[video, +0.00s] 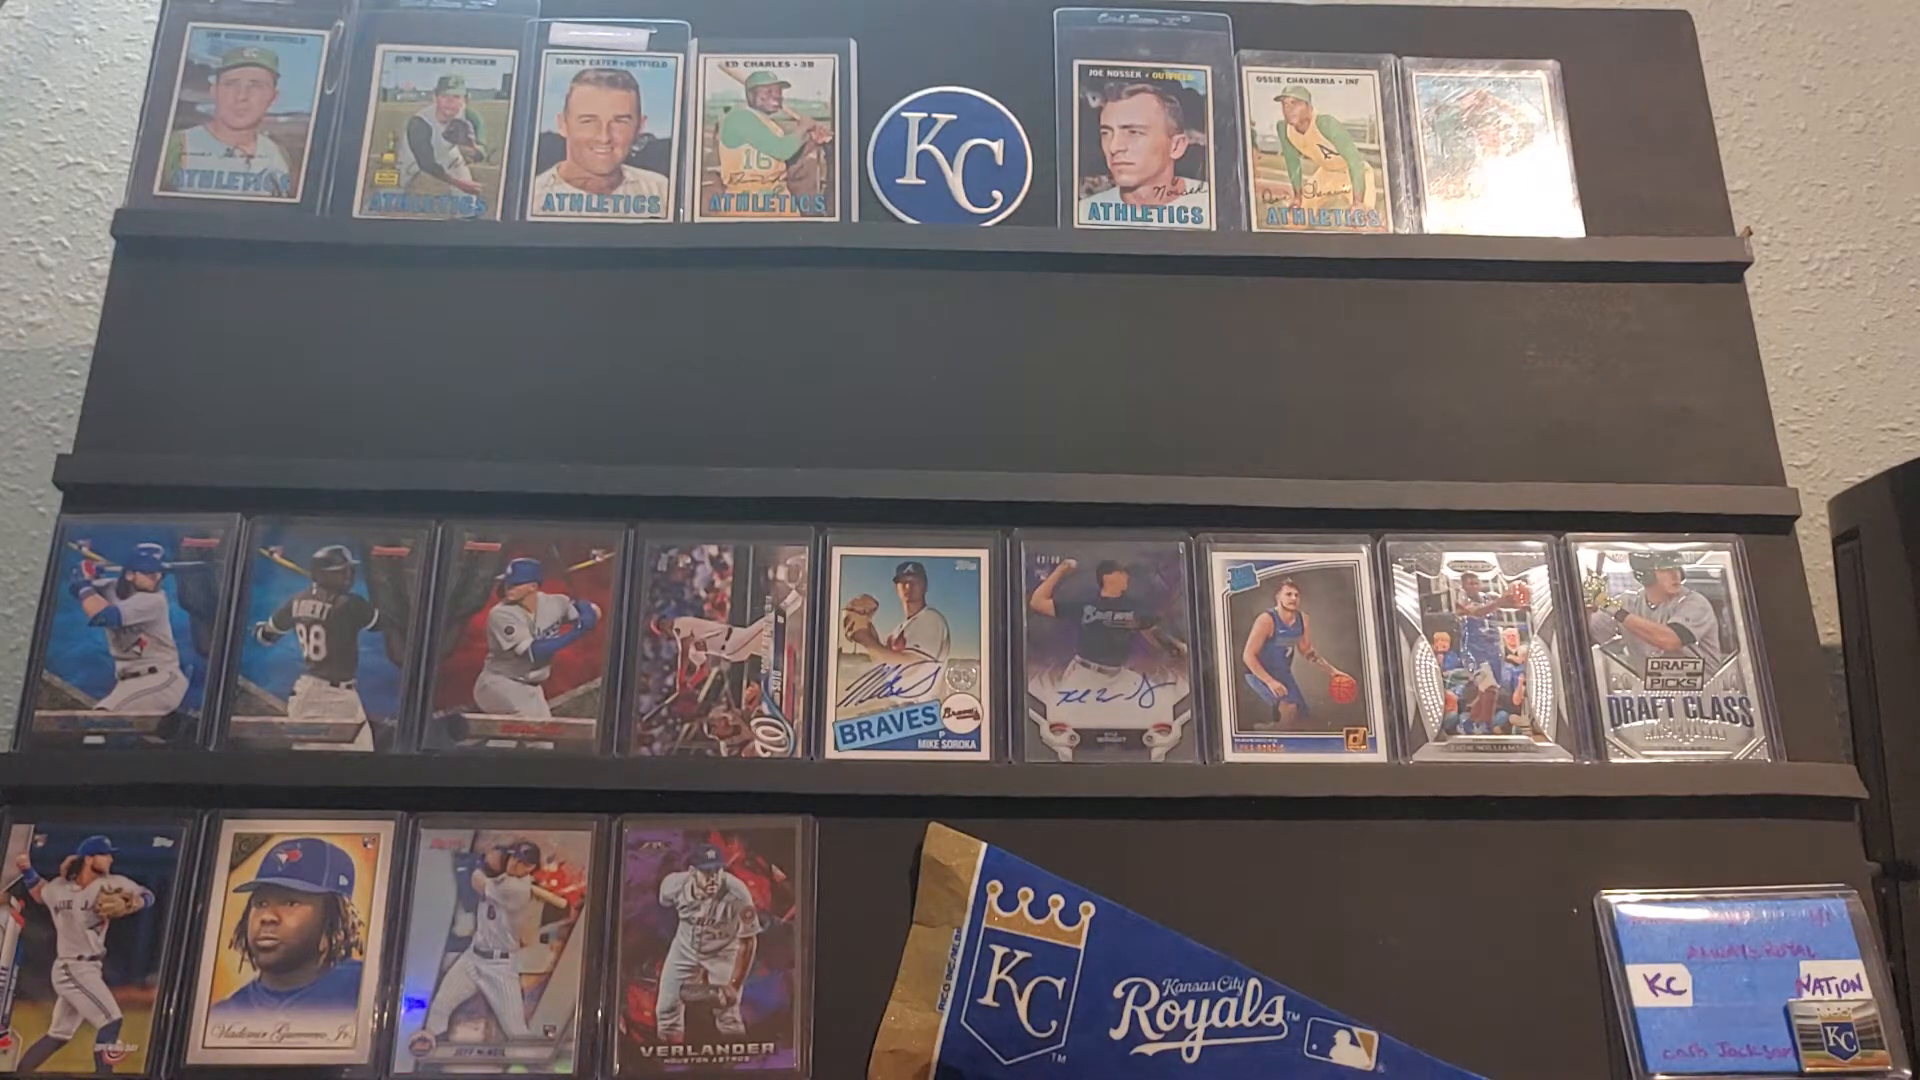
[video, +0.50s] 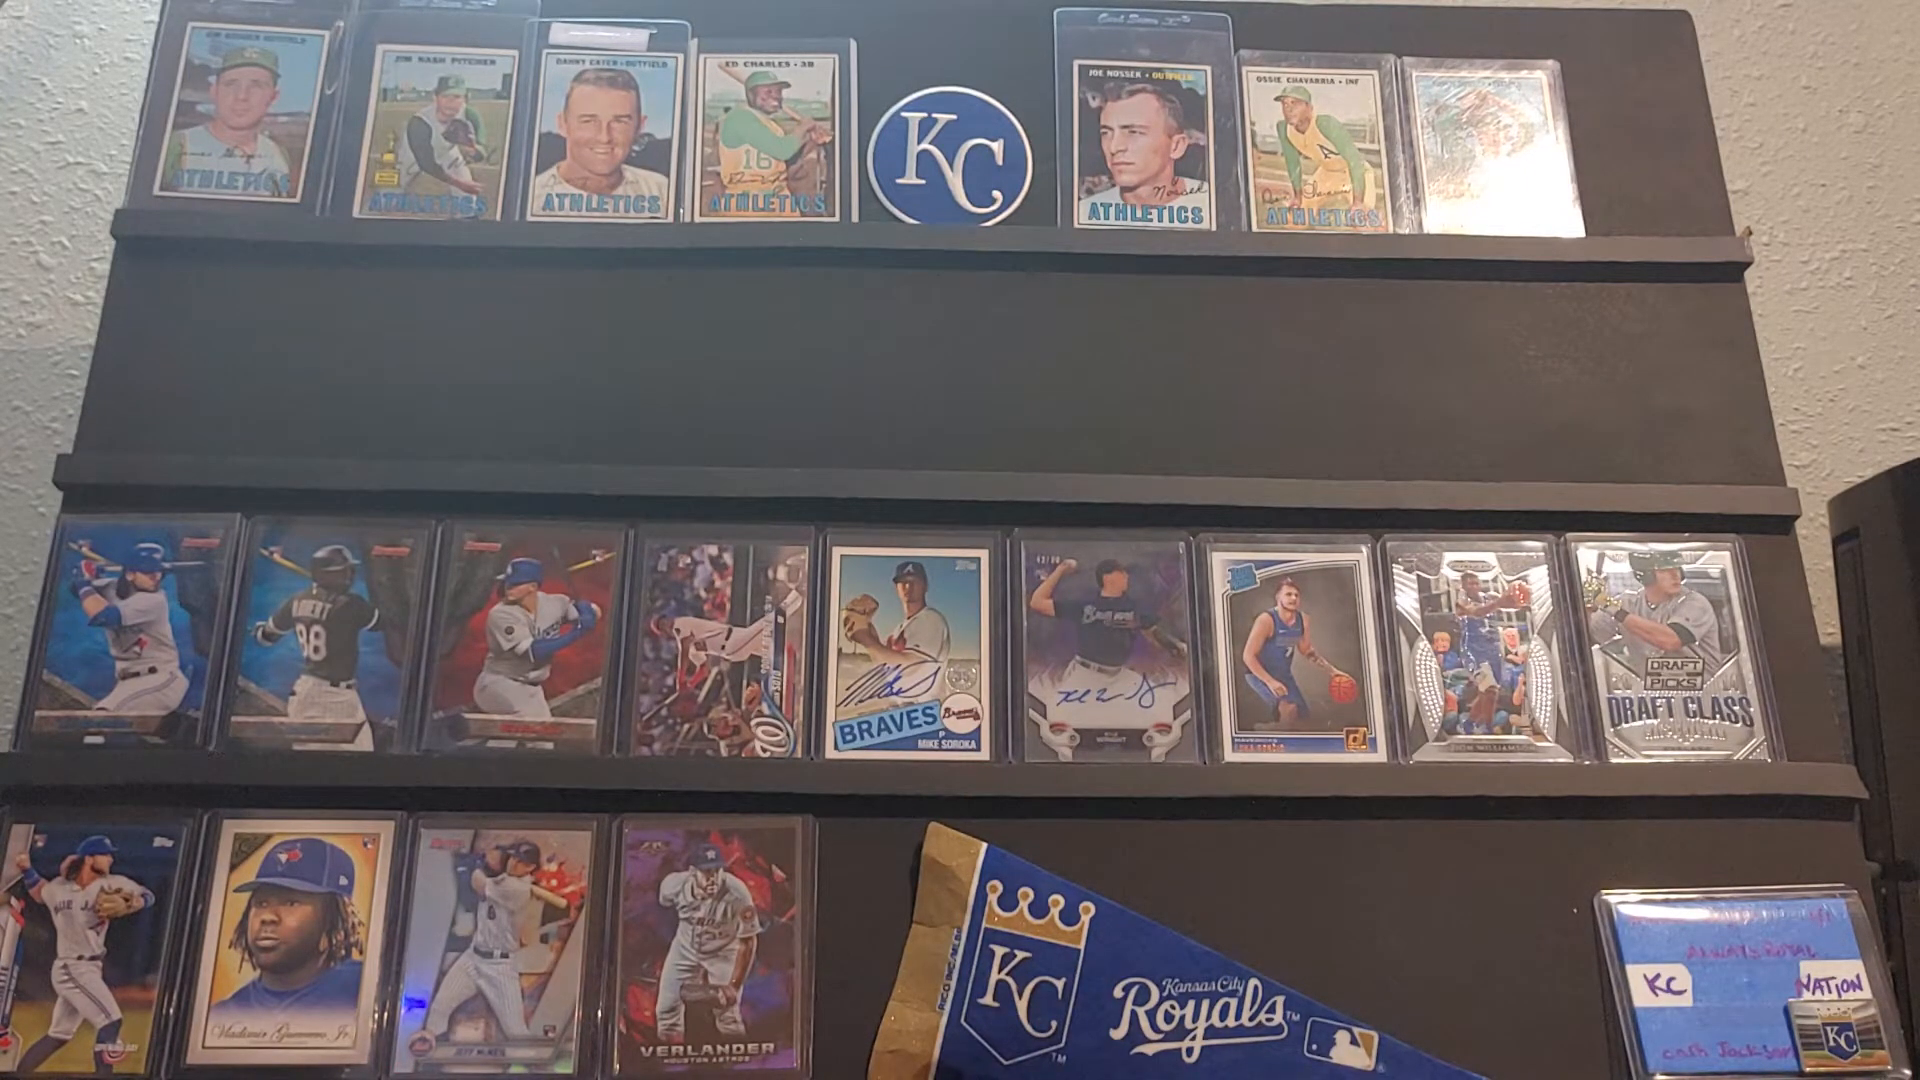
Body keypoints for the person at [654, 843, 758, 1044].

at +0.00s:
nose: (712, 878)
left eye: (716, 871)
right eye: (705, 872)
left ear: (722, 869)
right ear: (693, 870)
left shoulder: (738, 893)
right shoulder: (673, 886)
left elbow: (749, 941)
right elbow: (667, 910)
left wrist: (735, 985)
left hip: (724, 953)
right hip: (684, 948)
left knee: (727, 1015)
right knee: (666, 1009)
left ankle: (740, 1068)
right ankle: (673, 1071)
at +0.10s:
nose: (712, 878)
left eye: (716, 871)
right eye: (705, 872)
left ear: (722, 869)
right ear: (693, 870)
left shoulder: (738, 893)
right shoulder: (673, 885)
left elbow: (749, 941)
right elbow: (667, 910)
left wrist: (735, 985)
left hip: (724, 953)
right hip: (684, 948)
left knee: (727, 1015)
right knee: (666, 1009)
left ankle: (740, 1068)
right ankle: (673, 1071)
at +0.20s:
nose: (711, 878)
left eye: (716, 871)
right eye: (705, 872)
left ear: (722, 869)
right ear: (693, 870)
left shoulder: (738, 893)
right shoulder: (673, 886)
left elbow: (749, 942)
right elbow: (668, 909)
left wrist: (734, 985)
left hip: (724, 954)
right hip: (684, 947)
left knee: (727, 1015)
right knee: (666, 1009)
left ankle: (740, 1069)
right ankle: (673, 1069)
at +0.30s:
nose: (712, 878)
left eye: (716, 871)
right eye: (706, 872)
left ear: (722, 869)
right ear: (692, 870)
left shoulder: (738, 893)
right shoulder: (673, 886)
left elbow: (748, 941)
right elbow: (668, 909)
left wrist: (734, 985)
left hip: (724, 953)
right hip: (684, 947)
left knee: (727, 1015)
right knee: (666, 1009)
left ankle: (741, 1068)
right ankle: (673, 1069)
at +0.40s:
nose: (711, 878)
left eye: (716, 871)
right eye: (706, 872)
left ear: (722, 869)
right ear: (693, 870)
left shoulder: (738, 893)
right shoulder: (673, 885)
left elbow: (748, 941)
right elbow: (667, 907)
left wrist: (734, 985)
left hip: (724, 954)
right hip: (684, 947)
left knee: (727, 1014)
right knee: (666, 1009)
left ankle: (741, 1068)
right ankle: (674, 1069)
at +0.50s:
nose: (711, 878)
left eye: (716, 871)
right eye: (706, 872)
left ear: (722, 869)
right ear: (693, 870)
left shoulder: (738, 893)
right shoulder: (673, 885)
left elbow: (748, 941)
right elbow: (667, 907)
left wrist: (734, 985)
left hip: (724, 954)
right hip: (684, 947)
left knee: (727, 1014)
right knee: (666, 1009)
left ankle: (741, 1068)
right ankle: (674, 1069)